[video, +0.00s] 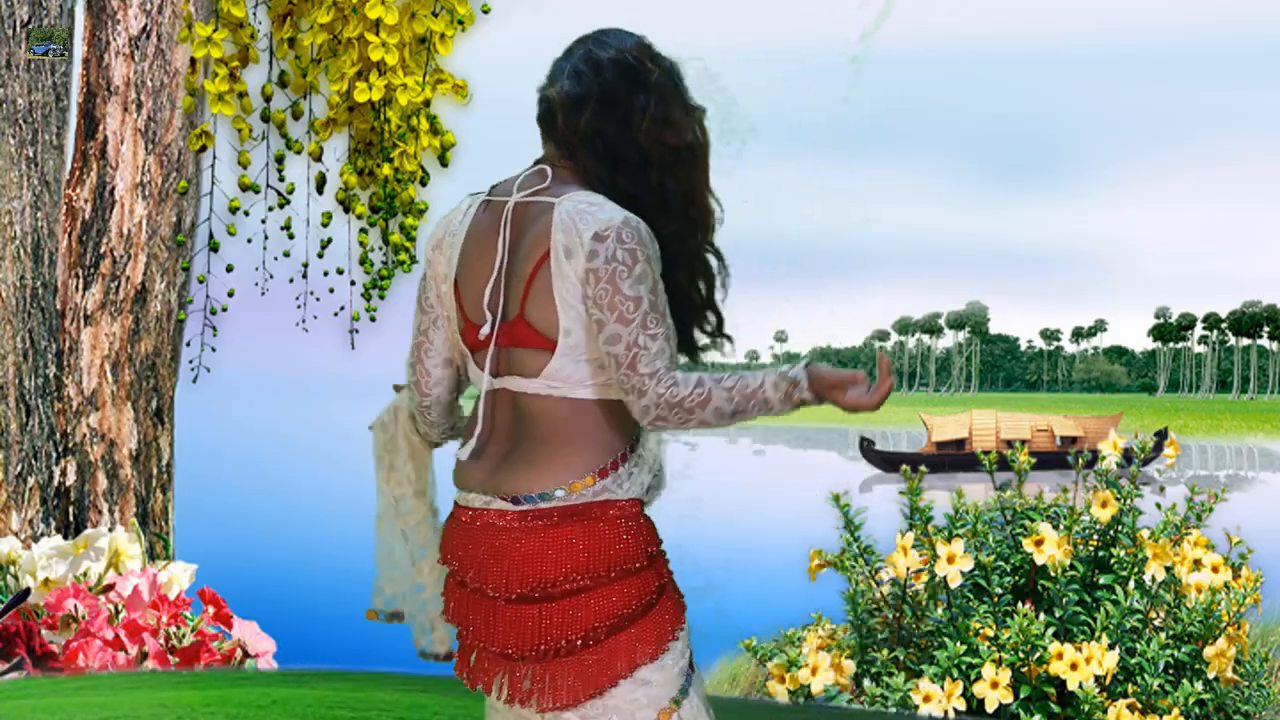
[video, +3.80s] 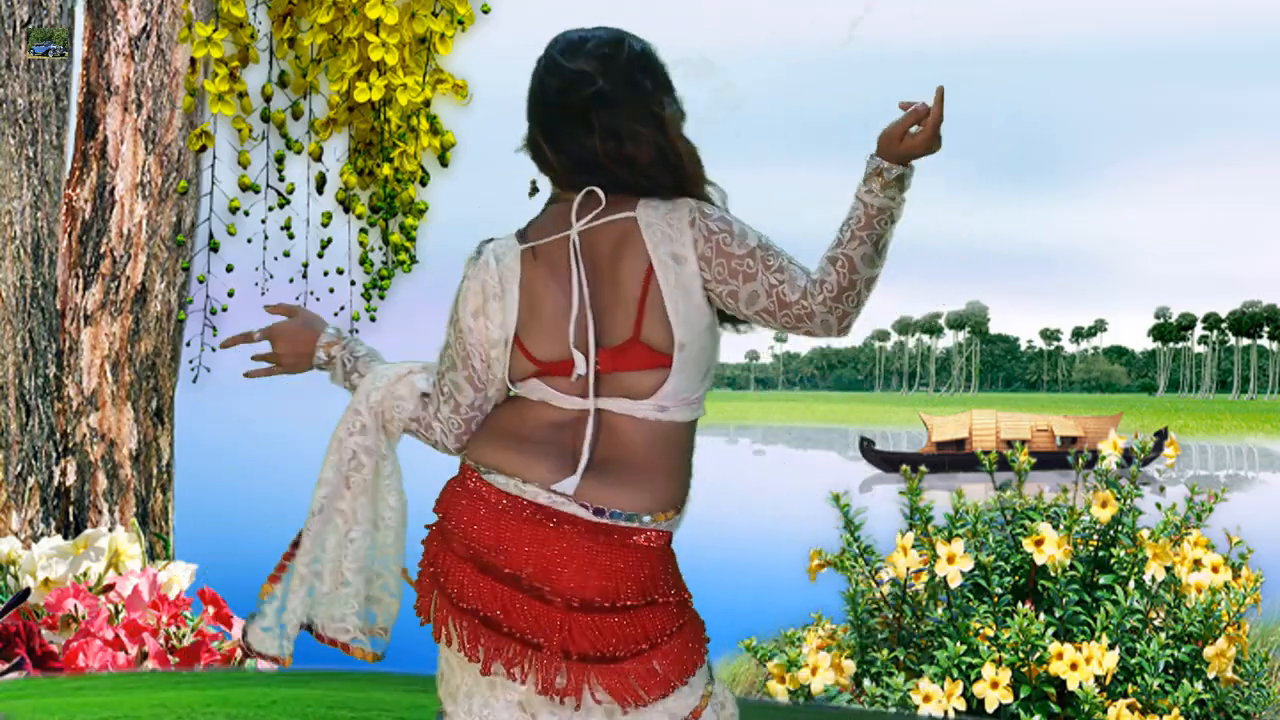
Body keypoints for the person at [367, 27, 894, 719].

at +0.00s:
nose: (672, 152)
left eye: (671, 130)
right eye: (666, 132)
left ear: (552, 119)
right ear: (642, 133)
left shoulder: (455, 226)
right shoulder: (607, 232)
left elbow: (428, 409)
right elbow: (657, 397)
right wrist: (807, 383)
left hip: (478, 523)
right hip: (586, 522)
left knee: (517, 705)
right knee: (647, 703)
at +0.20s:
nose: (656, 123)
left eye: (651, 104)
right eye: (645, 104)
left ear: (529, 110)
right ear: (622, 115)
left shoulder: (453, 223)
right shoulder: (615, 216)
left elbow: (420, 390)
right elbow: (698, 361)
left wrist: (340, 374)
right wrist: (819, 283)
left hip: (454, 513)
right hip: (573, 531)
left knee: (480, 691)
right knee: (648, 699)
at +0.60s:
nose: (702, 125)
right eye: (693, 107)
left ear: (570, 115)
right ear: (674, 116)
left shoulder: (507, 244)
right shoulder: (696, 223)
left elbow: (463, 413)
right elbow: (795, 344)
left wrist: (329, 425)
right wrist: (932, 256)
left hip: (537, 512)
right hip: (673, 520)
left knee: (547, 698)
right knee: (706, 703)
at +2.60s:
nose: (761, 131)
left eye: (756, 108)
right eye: (751, 110)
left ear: (628, 117)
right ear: (729, 121)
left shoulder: (543, 236)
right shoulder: (728, 233)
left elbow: (481, 400)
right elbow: (854, 355)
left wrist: (354, 454)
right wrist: (944, 233)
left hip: (609, 522)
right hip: (742, 502)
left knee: (631, 699)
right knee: (768, 702)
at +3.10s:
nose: (775, 131)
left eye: (768, 107)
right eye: (763, 109)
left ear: (637, 115)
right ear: (733, 124)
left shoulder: (555, 219)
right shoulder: (705, 244)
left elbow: (488, 362)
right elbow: (837, 356)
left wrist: (397, 460)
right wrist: (923, 231)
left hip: (554, 535)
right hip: (668, 536)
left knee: (611, 708)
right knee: (755, 701)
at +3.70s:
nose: (693, 124)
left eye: (685, 103)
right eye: (681, 106)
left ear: (560, 129)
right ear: (661, 120)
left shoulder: (500, 254)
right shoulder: (688, 234)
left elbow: (442, 413)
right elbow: (826, 318)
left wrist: (322, 386)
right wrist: (906, 186)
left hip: (494, 526)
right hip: (628, 541)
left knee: (510, 698)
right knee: (664, 700)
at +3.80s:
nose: (681, 119)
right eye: (670, 101)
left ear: (543, 133)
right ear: (656, 120)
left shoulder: (501, 262)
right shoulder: (696, 235)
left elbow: (446, 421)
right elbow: (830, 310)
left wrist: (330, 350)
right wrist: (887, 173)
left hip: (488, 521)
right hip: (624, 548)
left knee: (490, 696)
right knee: (653, 701)